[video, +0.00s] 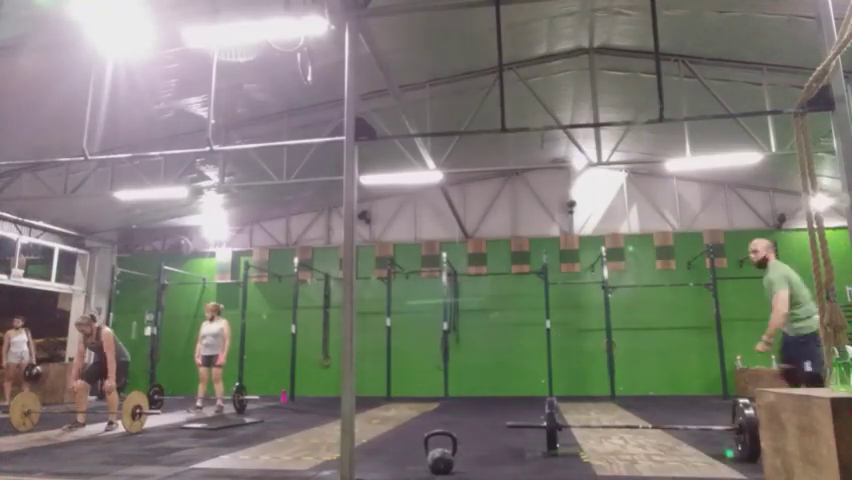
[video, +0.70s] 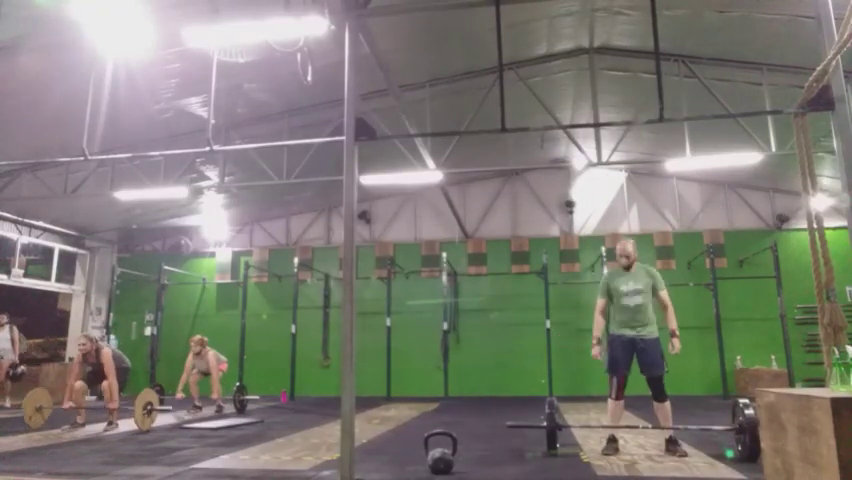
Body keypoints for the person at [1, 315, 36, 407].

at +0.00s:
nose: (16, 323)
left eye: (18, 321)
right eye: (15, 321)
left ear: (22, 322)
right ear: (12, 322)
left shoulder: (26, 331)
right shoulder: (9, 333)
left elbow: (31, 345)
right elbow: (5, 347)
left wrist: (33, 357)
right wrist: (4, 359)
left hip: (25, 358)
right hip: (11, 358)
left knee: (26, 379)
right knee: (8, 379)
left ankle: (26, 399)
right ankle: (7, 400)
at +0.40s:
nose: (10, 323)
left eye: (12, 321)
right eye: (8, 321)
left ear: (16, 322)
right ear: (6, 322)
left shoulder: (20, 330)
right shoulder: (3, 333)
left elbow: (26, 344)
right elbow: (1, 346)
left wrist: (27, 356)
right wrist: (1, 359)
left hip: (18, 354)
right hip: (6, 354)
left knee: (14, 376)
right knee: (6, 377)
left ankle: (12, 400)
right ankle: (7, 399)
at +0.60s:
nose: (11, 320)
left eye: (13, 319)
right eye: (10, 318)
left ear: (17, 320)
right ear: (6, 320)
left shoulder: (20, 329)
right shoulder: (3, 330)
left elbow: (24, 344)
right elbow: (2, 342)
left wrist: (25, 357)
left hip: (16, 354)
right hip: (3, 354)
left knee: (11, 377)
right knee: (2, 376)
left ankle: (9, 399)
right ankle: (2, 396)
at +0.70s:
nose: (2, 320)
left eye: (3, 317)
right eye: (1, 317)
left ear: (7, 318)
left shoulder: (12, 328)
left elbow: (16, 342)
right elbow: (16, 343)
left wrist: (16, 356)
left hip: (7, 354)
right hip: (2, 354)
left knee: (4, 377)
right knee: (3, 378)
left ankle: (7, 398)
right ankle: (6, 398)